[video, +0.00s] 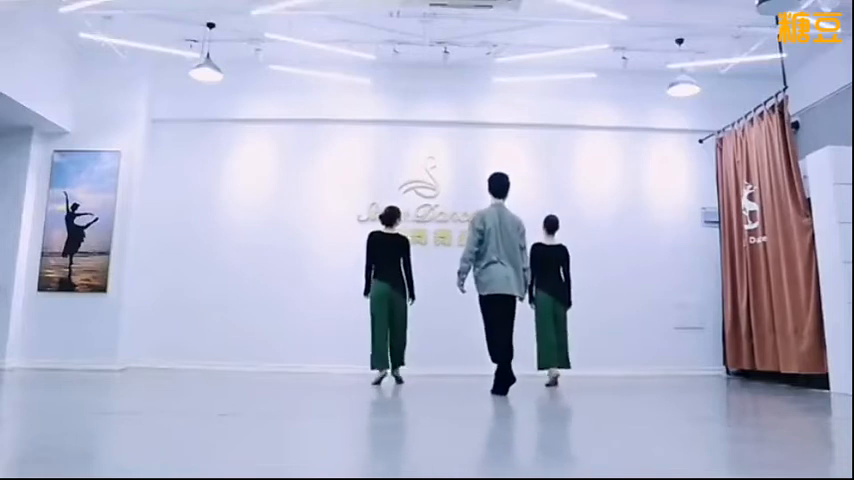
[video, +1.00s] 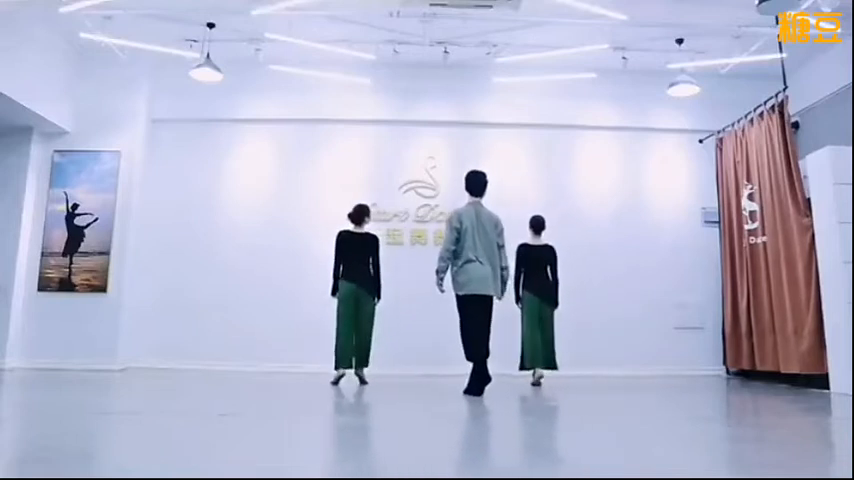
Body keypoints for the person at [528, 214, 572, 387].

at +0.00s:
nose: (548, 230)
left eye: (546, 227)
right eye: (551, 227)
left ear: (543, 228)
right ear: (557, 229)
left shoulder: (536, 248)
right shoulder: (562, 249)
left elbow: (532, 273)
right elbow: (567, 275)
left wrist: (530, 293)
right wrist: (568, 296)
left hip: (542, 292)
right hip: (559, 293)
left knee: (546, 331)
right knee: (558, 330)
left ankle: (552, 369)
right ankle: (555, 368)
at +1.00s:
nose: (534, 230)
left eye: (532, 227)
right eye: (537, 228)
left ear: (529, 228)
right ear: (543, 229)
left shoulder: (522, 249)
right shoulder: (550, 249)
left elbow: (518, 274)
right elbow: (554, 276)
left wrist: (517, 294)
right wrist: (556, 297)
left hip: (529, 292)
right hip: (546, 293)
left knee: (532, 330)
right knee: (544, 330)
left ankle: (536, 368)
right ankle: (540, 368)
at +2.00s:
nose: (516, 239)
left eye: (516, 237)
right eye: (519, 237)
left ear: (517, 238)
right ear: (531, 239)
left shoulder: (511, 259)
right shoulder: (537, 259)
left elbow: (507, 285)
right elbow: (547, 280)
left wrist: (507, 306)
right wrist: (556, 299)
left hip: (518, 303)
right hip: (537, 303)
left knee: (517, 338)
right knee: (539, 339)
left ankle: (519, 369)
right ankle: (539, 377)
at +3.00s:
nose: (470, 245)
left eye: (468, 242)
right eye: (475, 242)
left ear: (466, 242)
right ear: (479, 242)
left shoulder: (460, 260)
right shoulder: (486, 258)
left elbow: (455, 286)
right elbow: (495, 270)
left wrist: (455, 308)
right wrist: (481, 275)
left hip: (467, 302)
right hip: (484, 302)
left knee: (468, 341)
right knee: (480, 341)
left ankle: (478, 373)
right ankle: (466, 374)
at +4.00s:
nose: (469, 236)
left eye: (467, 232)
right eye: (472, 233)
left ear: (462, 233)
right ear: (478, 235)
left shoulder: (456, 254)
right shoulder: (481, 253)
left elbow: (450, 279)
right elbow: (487, 235)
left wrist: (450, 301)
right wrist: (477, 217)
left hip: (462, 294)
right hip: (479, 294)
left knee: (466, 332)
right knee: (480, 331)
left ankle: (477, 370)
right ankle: (481, 369)